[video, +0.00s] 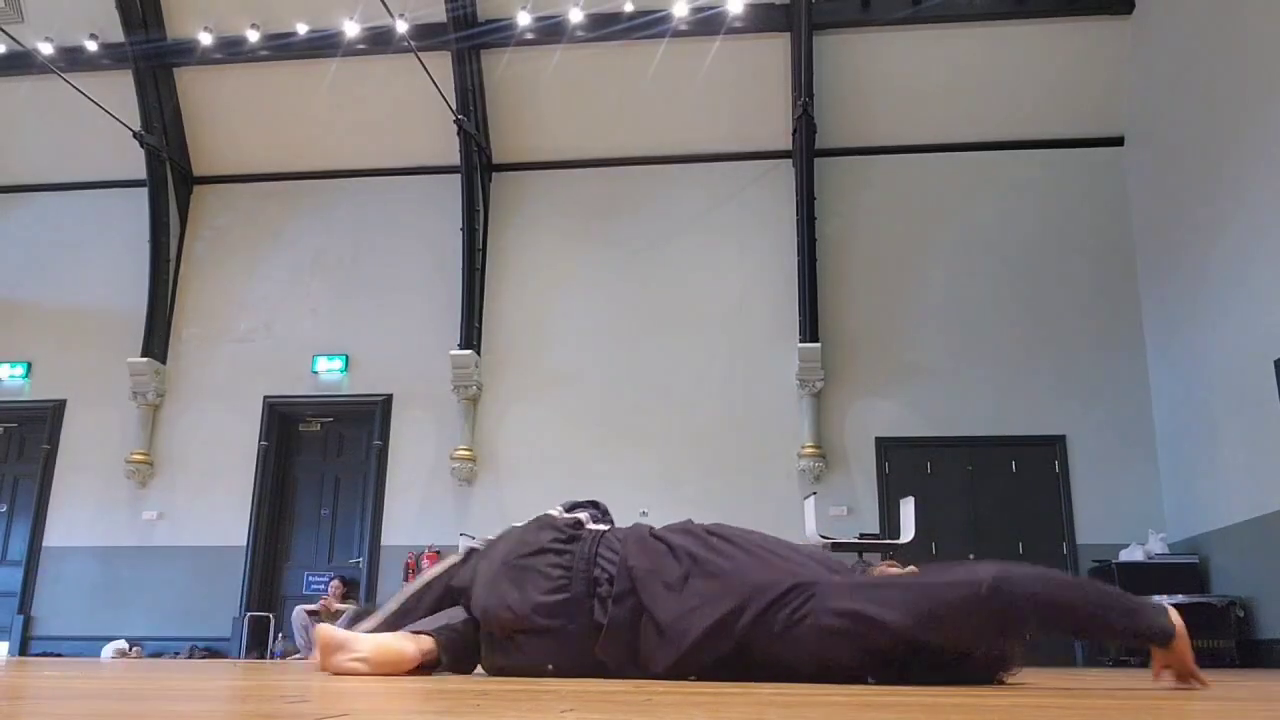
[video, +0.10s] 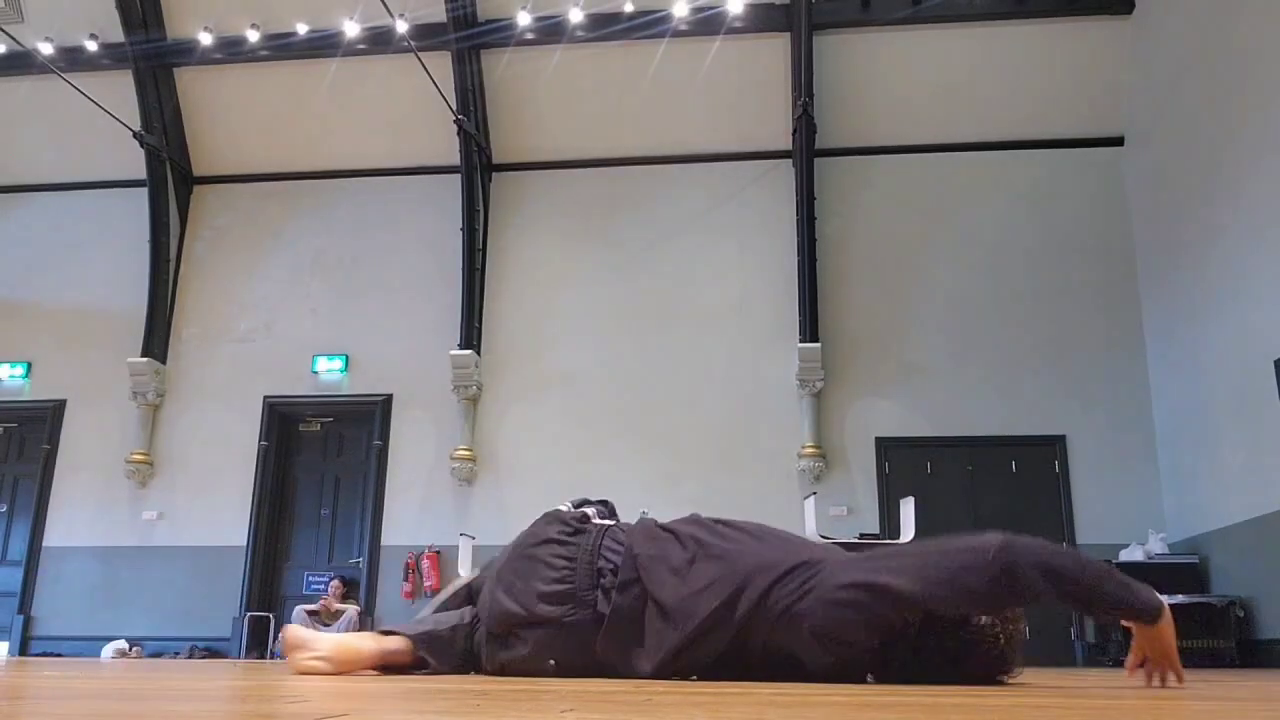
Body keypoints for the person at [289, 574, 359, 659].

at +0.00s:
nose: (333, 591)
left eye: (337, 588)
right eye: (331, 587)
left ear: (344, 590)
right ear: (328, 589)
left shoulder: (349, 603)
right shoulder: (323, 603)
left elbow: (356, 608)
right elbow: (299, 608)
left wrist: (335, 606)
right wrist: (316, 607)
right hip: (318, 633)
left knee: (352, 612)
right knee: (298, 611)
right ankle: (304, 651)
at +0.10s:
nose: (333, 591)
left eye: (337, 588)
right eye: (331, 587)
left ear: (343, 591)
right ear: (328, 588)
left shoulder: (349, 603)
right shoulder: (324, 602)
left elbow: (357, 609)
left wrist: (336, 606)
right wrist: (317, 607)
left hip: (337, 628)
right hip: (318, 627)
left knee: (352, 613)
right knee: (298, 610)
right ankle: (302, 642)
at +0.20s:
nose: (333, 591)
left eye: (337, 588)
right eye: (331, 587)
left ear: (343, 591)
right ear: (328, 588)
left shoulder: (349, 603)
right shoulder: (324, 602)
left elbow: (357, 610)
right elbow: (301, 608)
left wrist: (336, 606)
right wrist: (317, 607)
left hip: (337, 628)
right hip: (318, 627)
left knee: (352, 613)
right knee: (298, 610)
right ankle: (300, 641)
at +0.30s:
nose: (333, 591)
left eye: (337, 588)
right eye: (331, 587)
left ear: (344, 590)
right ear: (328, 588)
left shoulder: (348, 603)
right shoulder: (324, 602)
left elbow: (357, 609)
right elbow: (298, 608)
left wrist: (335, 606)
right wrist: (315, 607)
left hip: (340, 628)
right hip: (320, 626)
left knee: (352, 613)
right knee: (298, 611)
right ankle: (300, 640)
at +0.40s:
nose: (333, 591)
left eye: (337, 588)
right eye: (331, 587)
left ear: (344, 590)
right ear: (328, 588)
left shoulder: (349, 603)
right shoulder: (323, 603)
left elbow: (357, 610)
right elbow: (298, 608)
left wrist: (335, 607)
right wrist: (316, 607)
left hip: (340, 631)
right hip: (320, 629)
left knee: (352, 612)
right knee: (298, 611)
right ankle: (308, 636)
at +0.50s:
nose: (333, 591)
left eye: (337, 588)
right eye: (331, 587)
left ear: (343, 590)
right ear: (328, 588)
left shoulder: (349, 603)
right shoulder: (323, 603)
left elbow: (357, 610)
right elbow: (298, 608)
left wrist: (336, 606)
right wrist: (317, 607)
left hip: (338, 631)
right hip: (318, 629)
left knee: (352, 612)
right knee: (298, 610)